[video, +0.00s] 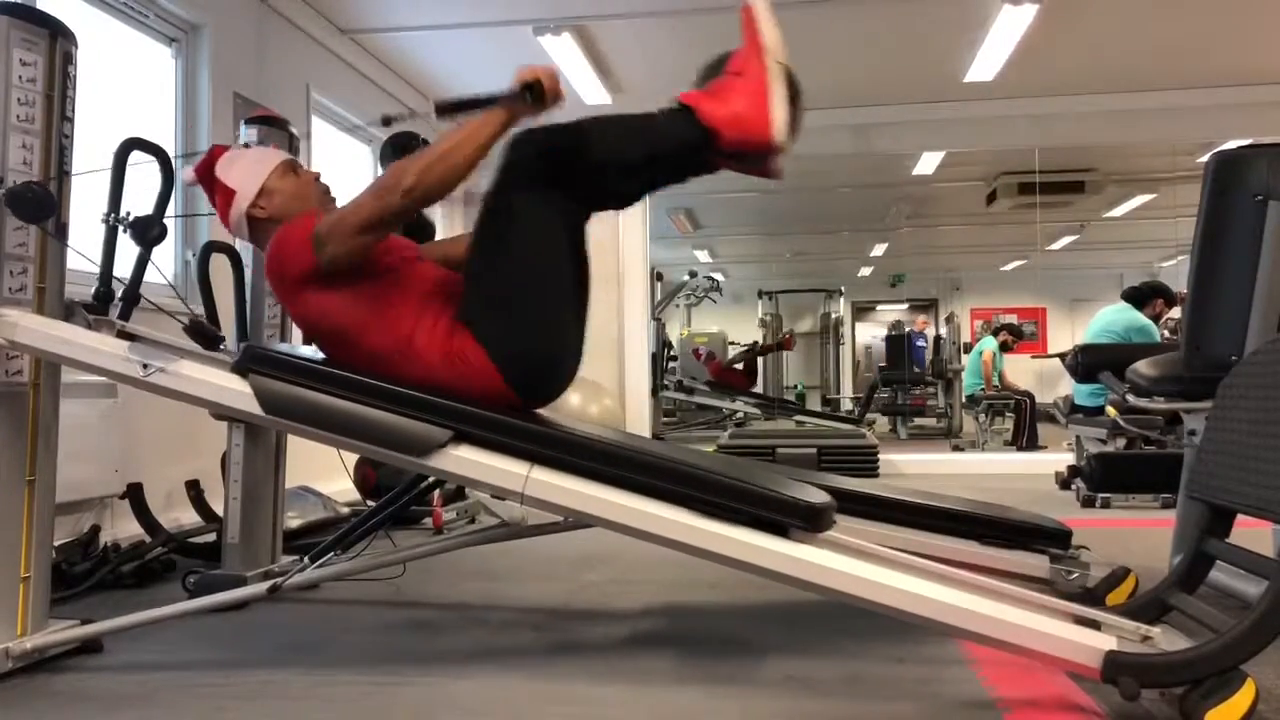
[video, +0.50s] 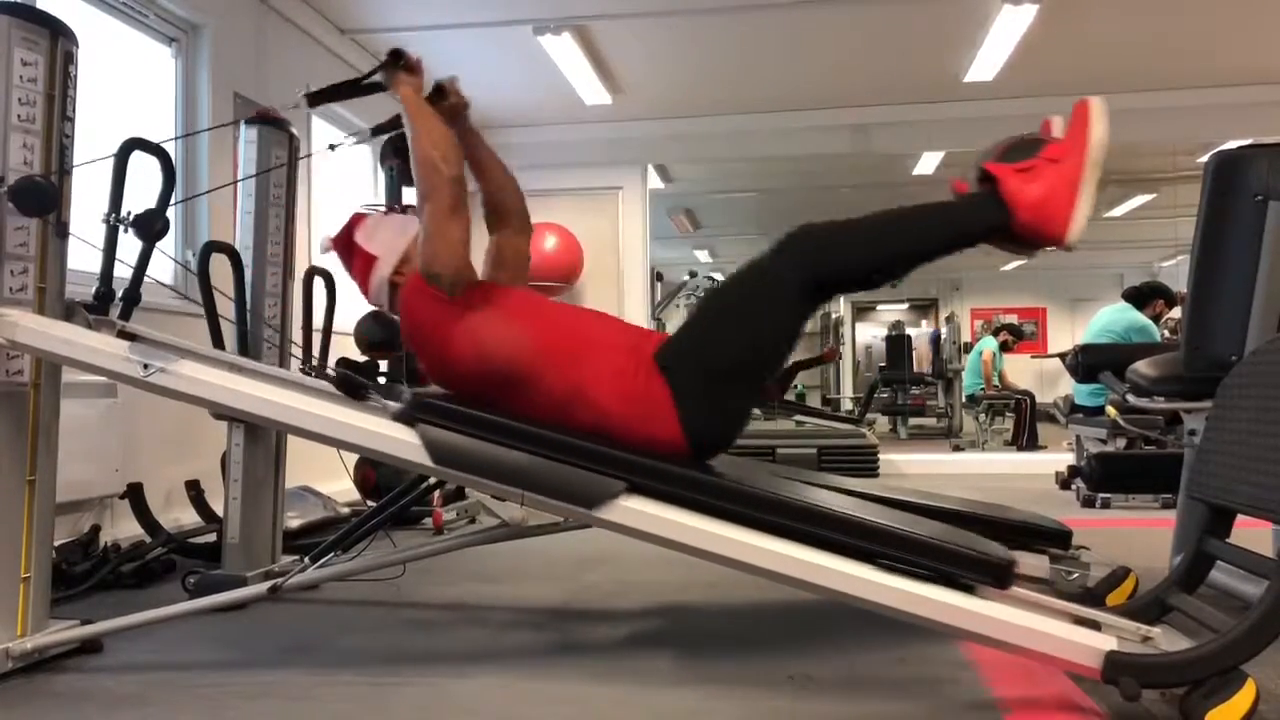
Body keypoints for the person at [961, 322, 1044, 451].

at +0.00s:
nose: (1014, 347)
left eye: (1016, 344)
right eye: (1013, 342)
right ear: (1003, 334)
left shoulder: (998, 352)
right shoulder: (990, 341)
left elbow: (1004, 381)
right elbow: (986, 361)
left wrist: (1018, 389)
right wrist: (989, 390)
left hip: (985, 392)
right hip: (976, 393)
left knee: (1026, 398)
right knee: (1026, 399)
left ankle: (1020, 442)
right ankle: (1025, 444)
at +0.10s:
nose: (1014, 347)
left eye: (1016, 344)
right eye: (1013, 342)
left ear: (1003, 336)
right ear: (1003, 335)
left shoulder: (997, 352)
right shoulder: (990, 342)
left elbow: (1004, 382)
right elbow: (986, 361)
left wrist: (1019, 390)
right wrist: (989, 390)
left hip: (986, 392)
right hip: (976, 393)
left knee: (1026, 398)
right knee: (1025, 399)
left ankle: (1019, 442)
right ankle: (1026, 444)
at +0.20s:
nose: (1014, 347)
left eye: (1016, 344)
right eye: (1013, 342)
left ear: (1003, 335)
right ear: (1004, 334)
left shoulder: (997, 352)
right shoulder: (990, 341)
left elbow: (1004, 381)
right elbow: (986, 360)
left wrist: (1019, 390)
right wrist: (989, 389)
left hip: (985, 392)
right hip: (976, 393)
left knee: (1027, 398)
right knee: (1025, 399)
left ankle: (1020, 441)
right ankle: (1025, 444)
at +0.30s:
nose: (1014, 347)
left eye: (1016, 344)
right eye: (1013, 342)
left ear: (1003, 335)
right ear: (1004, 334)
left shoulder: (997, 352)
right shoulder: (990, 341)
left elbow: (1004, 382)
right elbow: (986, 360)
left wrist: (1021, 392)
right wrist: (989, 390)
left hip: (985, 392)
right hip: (977, 393)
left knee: (1026, 397)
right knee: (1026, 399)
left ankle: (1019, 442)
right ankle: (1026, 444)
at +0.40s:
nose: (1013, 347)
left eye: (1015, 344)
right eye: (1013, 342)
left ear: (1003, 335)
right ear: (1003, 334)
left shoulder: (997, 352)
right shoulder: (990, 341)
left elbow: (1004, 381)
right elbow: (986, 360)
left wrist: (1019, 390)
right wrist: (989, 389)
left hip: (985, 392)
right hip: (976, 393)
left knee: (1027, 397)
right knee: (1025, 399)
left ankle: (1020, 441)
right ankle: (1025, 444)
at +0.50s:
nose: (1013, 347)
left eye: (1016, 344)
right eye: (1013, 342)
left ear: (1003, 336)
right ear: (1004, 334)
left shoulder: (997, 352)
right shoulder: (990, 341)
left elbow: (1004, 382)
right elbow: (986, 360)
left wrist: (1020, 391)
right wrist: (989, 389)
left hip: (985, 392)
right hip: (976, 393)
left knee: (1027, 397)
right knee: (1025, 399)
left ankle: (1022, 442)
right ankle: (1026, 445)